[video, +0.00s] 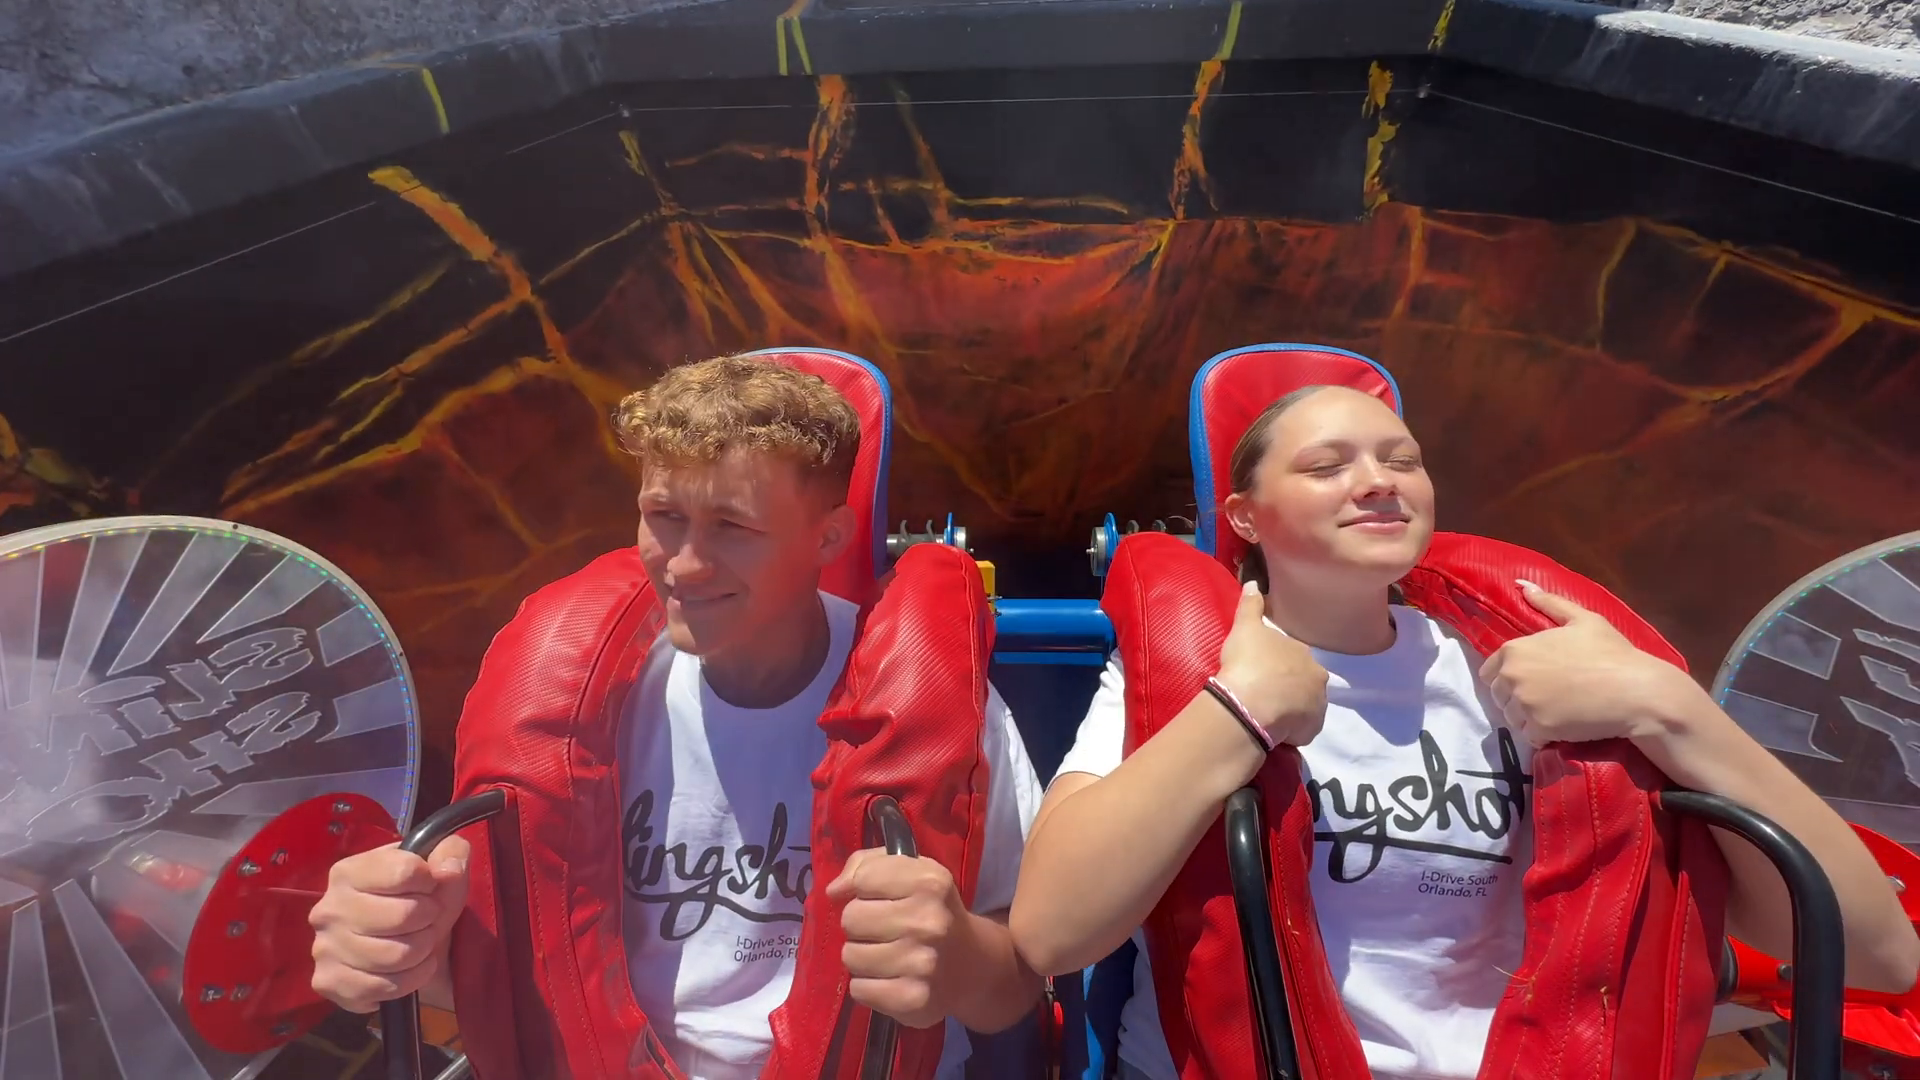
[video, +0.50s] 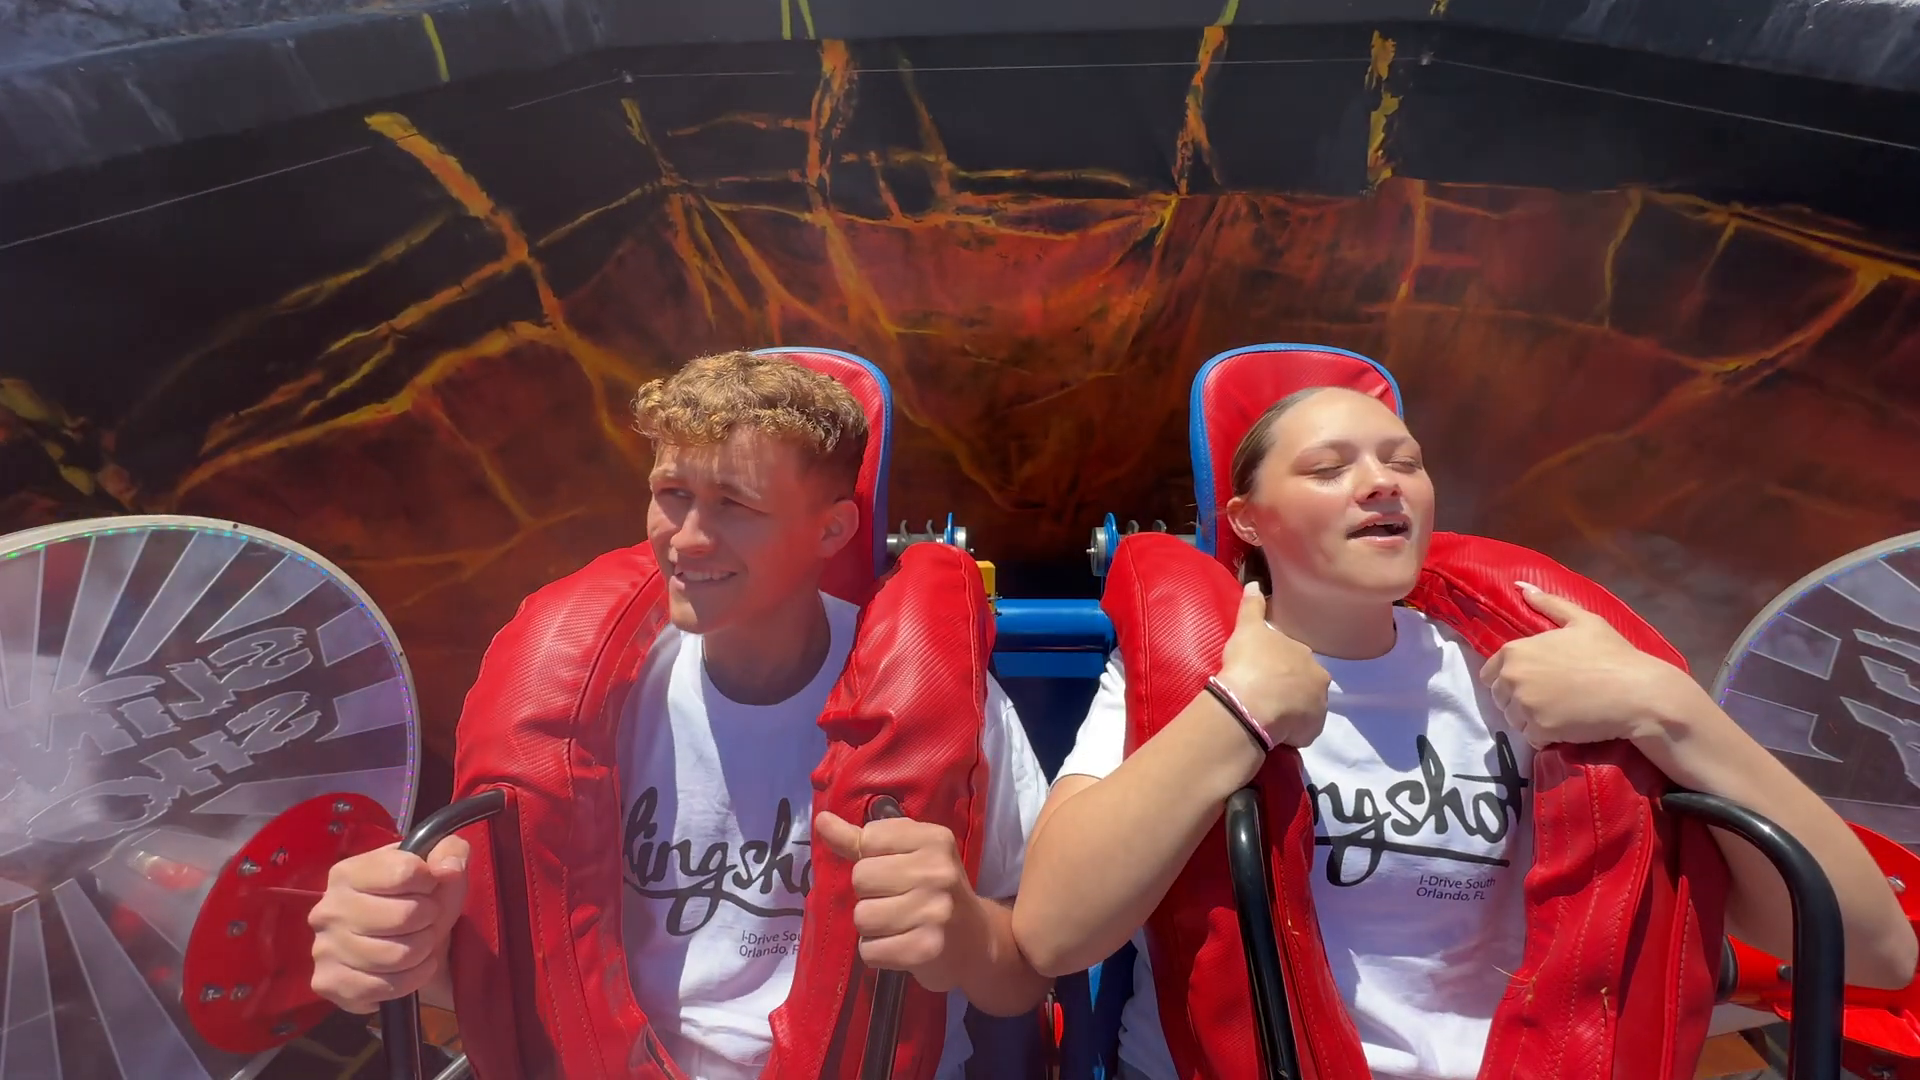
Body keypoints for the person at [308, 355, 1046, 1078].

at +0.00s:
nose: (682, 563)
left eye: (732, 525)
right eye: (662, 516)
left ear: (828, 536)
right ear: (638, 511)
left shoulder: (937, 707)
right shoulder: (574, 692)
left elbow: (1017, 989)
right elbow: (512, 991)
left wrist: (965, 957)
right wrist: (418, 948)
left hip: (834, 1066)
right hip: (614, 1061)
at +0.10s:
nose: (672, 562)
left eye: (722, 525)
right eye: (654, 513)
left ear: (823, 540)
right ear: (631, 506)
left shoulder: (934, 704)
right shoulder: (575, 689)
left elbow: (1020, 989)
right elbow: (509, 970)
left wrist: (962, 959)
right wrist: (412, 946)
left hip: (836, 1067)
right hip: (613, 1062)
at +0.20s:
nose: (670, 560)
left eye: (720, 523)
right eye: (653, 511)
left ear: (822, 539)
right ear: (631, 505)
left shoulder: (936, 706)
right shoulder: (576, 690)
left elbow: (1021, 999)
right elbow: (507, 981)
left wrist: (962, 949)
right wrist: (415, 947)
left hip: (835, 1070)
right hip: (615, 1064)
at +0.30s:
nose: (673, 556)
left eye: (724, 520)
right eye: (657, 509)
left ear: (825, 537)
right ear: (634, 503)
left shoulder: (938, 706)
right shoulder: (575, 689)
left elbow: (1024, 997)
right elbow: (509, 988)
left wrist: (962, 937)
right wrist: (421, 952)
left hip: (842, 1067)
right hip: (616, 1061)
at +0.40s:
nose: (677, 548)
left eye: (728, 515)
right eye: (662, 504)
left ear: (828, 534)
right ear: (639, 498)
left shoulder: (939, 705)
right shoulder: (577, 687)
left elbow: (1030, 988)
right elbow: (508, 982)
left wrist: (970, 942)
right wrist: (416, 949)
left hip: (843, 1071)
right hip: (615, 1064)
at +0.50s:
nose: (684, 537)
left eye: (734, 506)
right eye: (670, 495)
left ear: (835, 528)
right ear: (648, 491)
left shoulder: (940, 701)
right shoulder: (579, 683)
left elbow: (1028, 983)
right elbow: (507, 983)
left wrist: (972, 942)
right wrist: (410, 945)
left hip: (841, 1069)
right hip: (615, 1062)